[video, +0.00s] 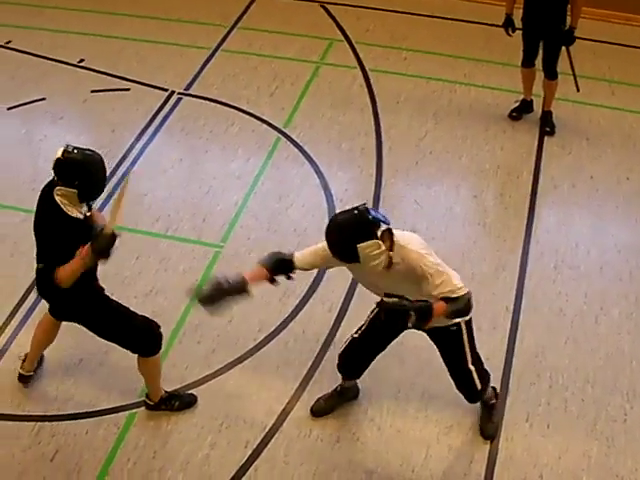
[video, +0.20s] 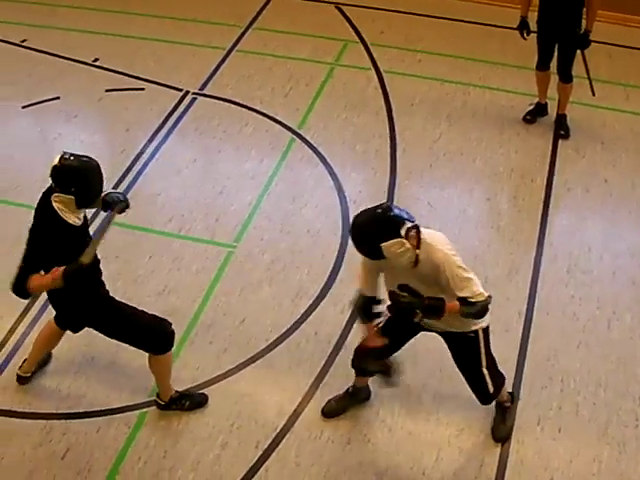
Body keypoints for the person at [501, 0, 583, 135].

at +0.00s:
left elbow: (576, 2)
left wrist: (572, 28)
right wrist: (509, 14)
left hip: (556, 23)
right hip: (531, 20)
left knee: (550, 69)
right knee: (527, 62)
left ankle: (547, 113)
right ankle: (526, 101)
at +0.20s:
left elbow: (592, 4)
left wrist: (588, 31)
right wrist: (523, 17)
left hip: (571, 26)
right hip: (546, 22)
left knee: (565, 73)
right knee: (542, 65)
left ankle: (561, 116)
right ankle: (541, 104)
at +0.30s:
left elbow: (600, 5)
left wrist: (595, 32)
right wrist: (531, 18)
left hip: (579, 28)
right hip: (554, 24)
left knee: (572, 74)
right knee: (550, 66)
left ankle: (569, 117)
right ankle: (549, 105)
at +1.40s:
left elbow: (635, 8)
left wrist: (630, 37)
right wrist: (567, 22)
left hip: (614, 31)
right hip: (589, 28)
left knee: (607, 77)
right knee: (585, 70)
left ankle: (604, 121)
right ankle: (583, 110)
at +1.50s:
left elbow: (635, 7)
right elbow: (574, 0)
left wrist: (632, 37)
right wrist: (568, 22)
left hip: (616, 31)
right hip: (591, 28)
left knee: (609, 78)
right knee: (586, 71)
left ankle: (605, 122)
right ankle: (585, 110)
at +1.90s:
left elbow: (636, 6)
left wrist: (635, 33)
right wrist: (571, 21)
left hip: (618, 29)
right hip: (594, 26)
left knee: (613, 75)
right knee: (590, 69)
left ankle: (609, 121)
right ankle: (589, 109)